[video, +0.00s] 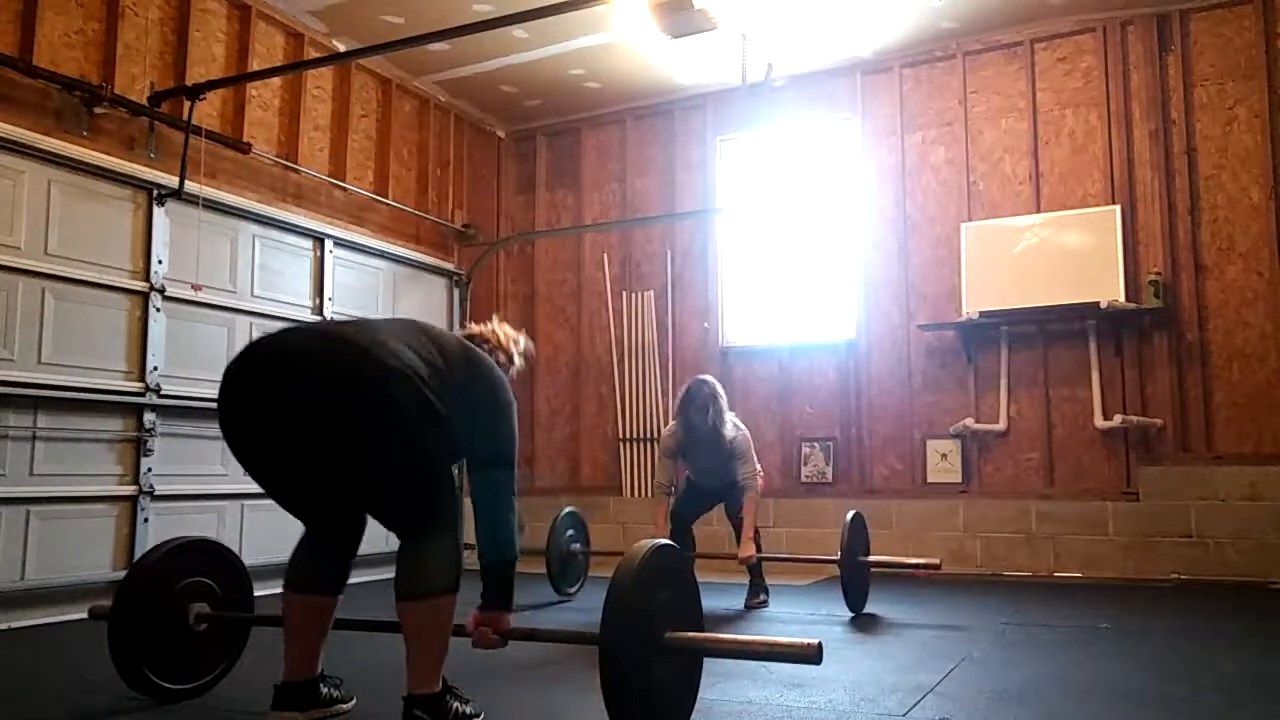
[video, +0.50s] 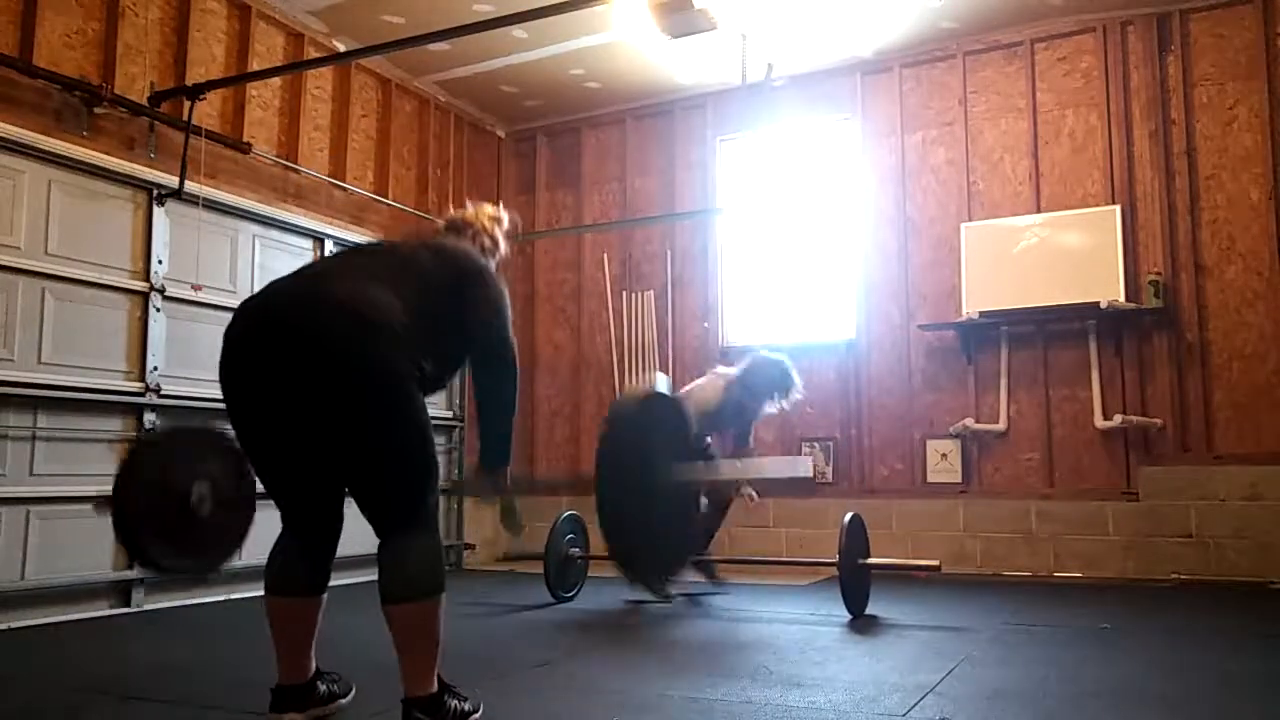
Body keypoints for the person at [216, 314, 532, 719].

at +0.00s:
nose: (510, 386)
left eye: (513, 380)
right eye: (511, 379)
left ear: (467, 341)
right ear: (502, 364)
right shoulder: (490, 387)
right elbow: (496, 513)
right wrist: (495, 605)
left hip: (251, 386)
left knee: (334, 520)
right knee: (430, 528)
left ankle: (298, 685)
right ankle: (426, 694)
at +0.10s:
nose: (504, 368)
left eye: (507, 360)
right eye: (505, 359)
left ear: (454, 332)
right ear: (497, 352)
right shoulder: (485, 383)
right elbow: (494, 509)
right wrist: (495, 604)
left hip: (249, 394)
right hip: (363, 404)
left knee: (338, 520)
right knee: (432, 526)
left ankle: (298, 684)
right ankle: (426, 693)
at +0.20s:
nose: (500, 357)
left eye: (501, 349)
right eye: (500, 349)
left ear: (448, 319)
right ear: (492, 340)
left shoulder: (397, 335)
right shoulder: (482, 368)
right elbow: (493, 487)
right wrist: (496, 588)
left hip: (248, 380)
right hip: (362, 392)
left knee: (333, 522)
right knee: (427, 530)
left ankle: (298, 686)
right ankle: (426, 695)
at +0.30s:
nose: (498, 331)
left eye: (498, 323)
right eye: (499, 322)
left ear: (447, 296)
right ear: (493, 315)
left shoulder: (398, 311)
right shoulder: (479, 340)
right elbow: (493, 460)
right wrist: (496, 558)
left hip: (248, 362)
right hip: (356, 376)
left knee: (325, 521)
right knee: (419, 528)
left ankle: (297, 686)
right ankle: (426, 696)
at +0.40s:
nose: (497, 304)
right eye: (497, 293)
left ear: (443, 266)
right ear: (489, 287)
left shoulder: (391, 282)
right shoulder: (478, 313)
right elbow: (493, 428)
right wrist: (497, 517)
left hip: (250, 349)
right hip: (357, 366)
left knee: (312, 521)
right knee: (410, 527)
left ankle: (296, 686)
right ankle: (425, 696)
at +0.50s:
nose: (494, 267)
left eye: (494, 259)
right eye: (493, 259)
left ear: (442, 234)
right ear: (485, 252)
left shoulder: (385, 254)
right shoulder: (475, 275)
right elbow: (497, 366)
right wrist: (494, 472)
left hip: (255, 345)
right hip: (357, 362)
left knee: (308, 518)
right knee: (407, 524)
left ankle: (294, 685)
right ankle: (424, 696)